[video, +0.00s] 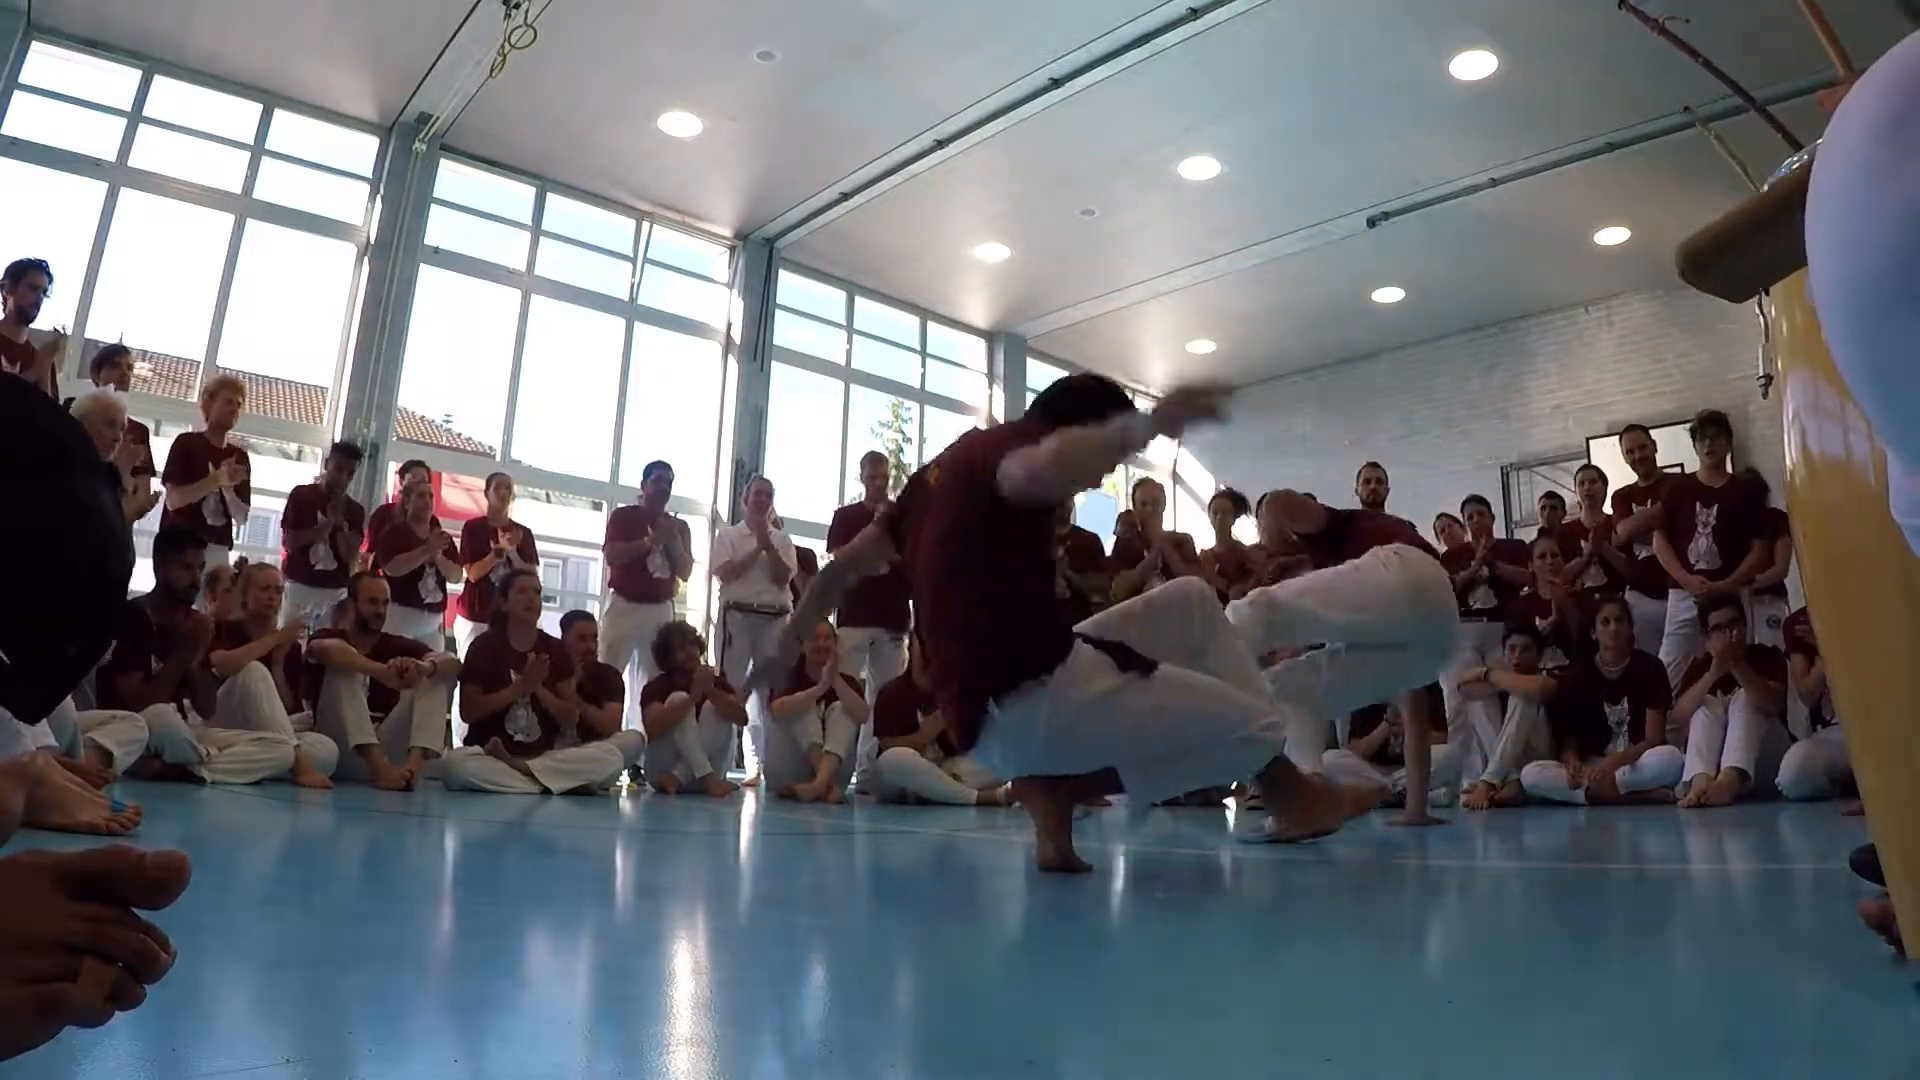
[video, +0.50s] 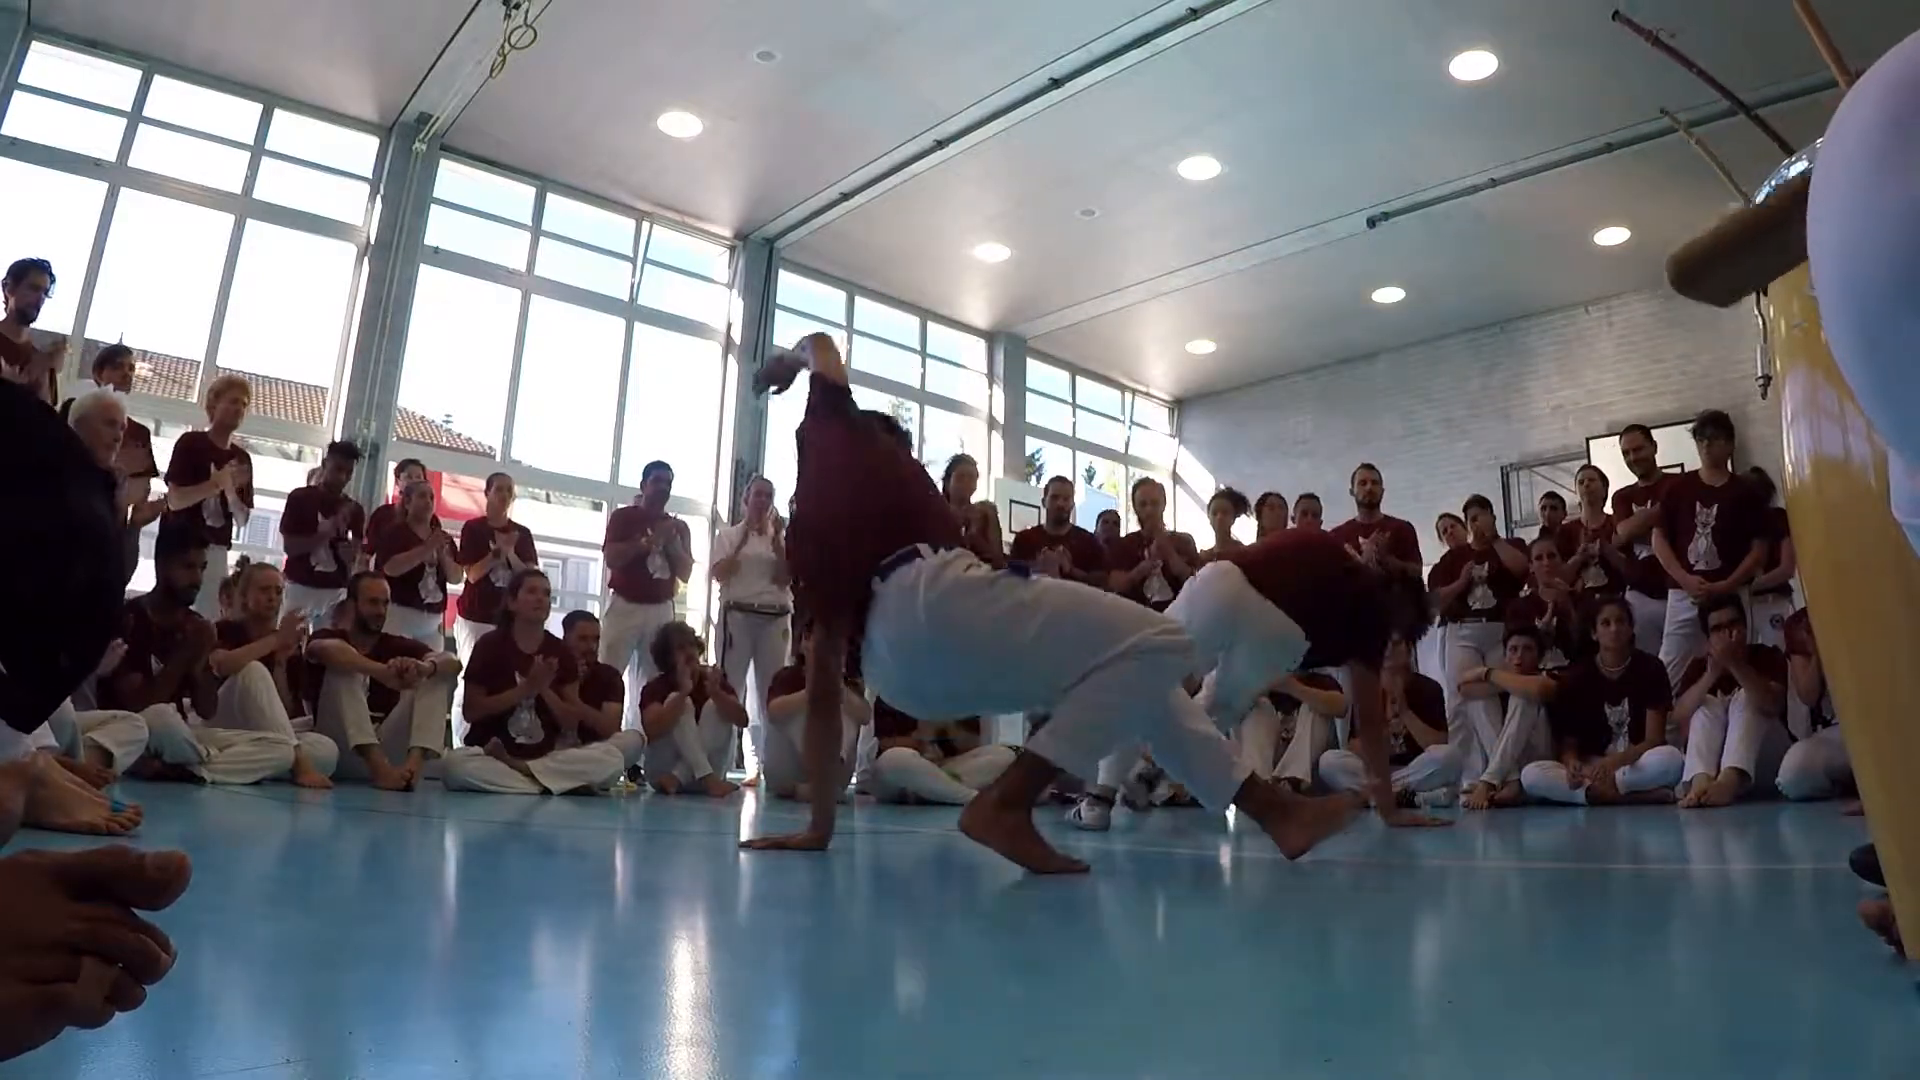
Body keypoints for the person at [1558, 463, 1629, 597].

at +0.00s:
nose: (1587, 488)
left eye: (1593, 482)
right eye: (1581, 484)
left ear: (1604, 488)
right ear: (1576, 491)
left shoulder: (1619, 524)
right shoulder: (1565, 531)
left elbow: (1632, 570)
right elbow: (1560, 577)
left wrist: (1604, 548)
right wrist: (1585, 558)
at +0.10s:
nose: (1586, 488)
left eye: (1592, 483)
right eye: (1581, 484)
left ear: (1605, 489)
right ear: (1576, 492)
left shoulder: (1619, 525)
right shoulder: (1566, 531)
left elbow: (1632, 570)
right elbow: (1562, 577)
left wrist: (1608, 550)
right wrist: (1580, 556)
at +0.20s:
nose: (1587, 488)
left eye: (1592, 482)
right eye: (1581, 484)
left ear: (1605, 488)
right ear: (1576, 491)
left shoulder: (1618, 525)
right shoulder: (1566, 531)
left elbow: (1629, 567)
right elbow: (1564, 574)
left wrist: (1611, 549)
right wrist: (1575, 546)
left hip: (1611, 593)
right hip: (1579, 596)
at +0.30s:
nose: (1587, 488)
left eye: (1592, 482)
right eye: (1581, 484)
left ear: (1605, 489)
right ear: (1576, 491)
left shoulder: (1618, 525)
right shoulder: (1566, 531)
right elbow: (1561, 574)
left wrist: (1613, 550)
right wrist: (1577, 558)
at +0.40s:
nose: (1586, 486)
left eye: (1592, 481)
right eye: (1581, 483)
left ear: (1605, 489)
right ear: (1576, 492)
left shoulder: (1620, 525)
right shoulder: (1565, 532)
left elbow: (1632, 571)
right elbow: (1562, 578)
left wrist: (1607, 550)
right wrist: (1584, 558)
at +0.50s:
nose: (1586, 485)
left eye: (1592, 480)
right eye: (1581, 482)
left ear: (1604, 488)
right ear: (1576, 491)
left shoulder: (1619, 524)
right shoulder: (1565, 531)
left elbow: (1632, 568)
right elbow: (1560, 577)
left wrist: (1607, 551)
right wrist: (1579, 558)